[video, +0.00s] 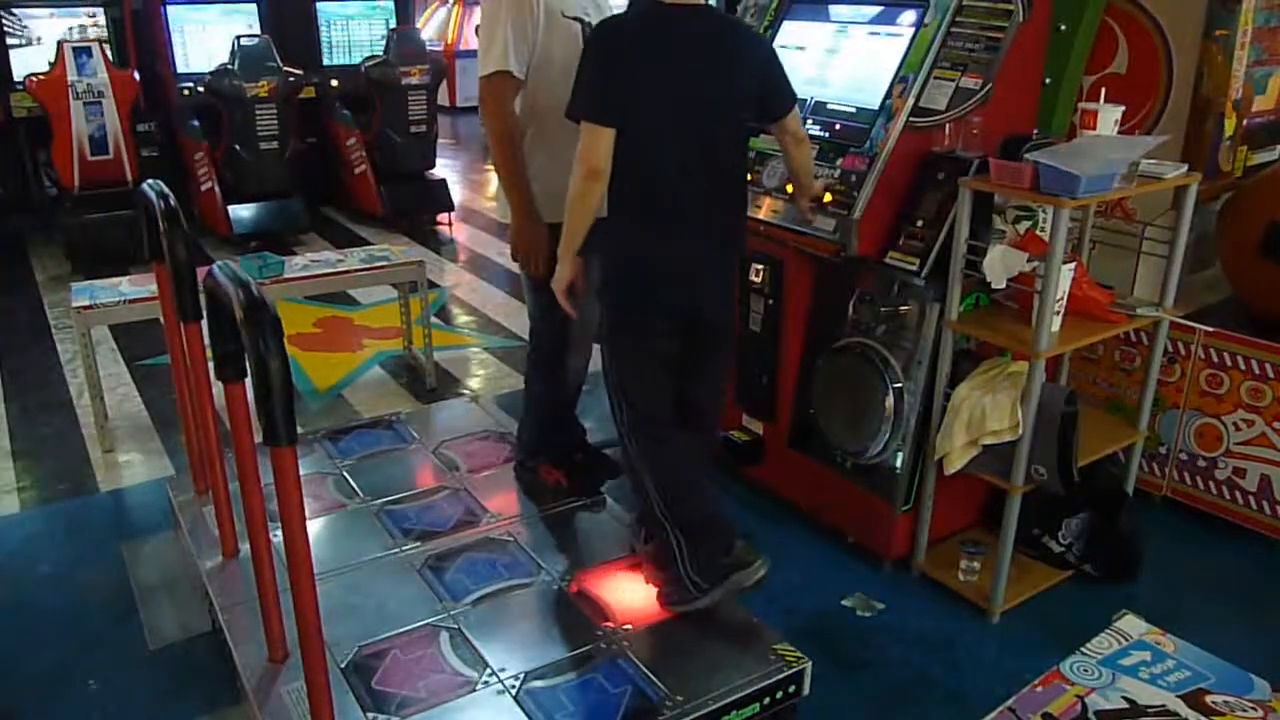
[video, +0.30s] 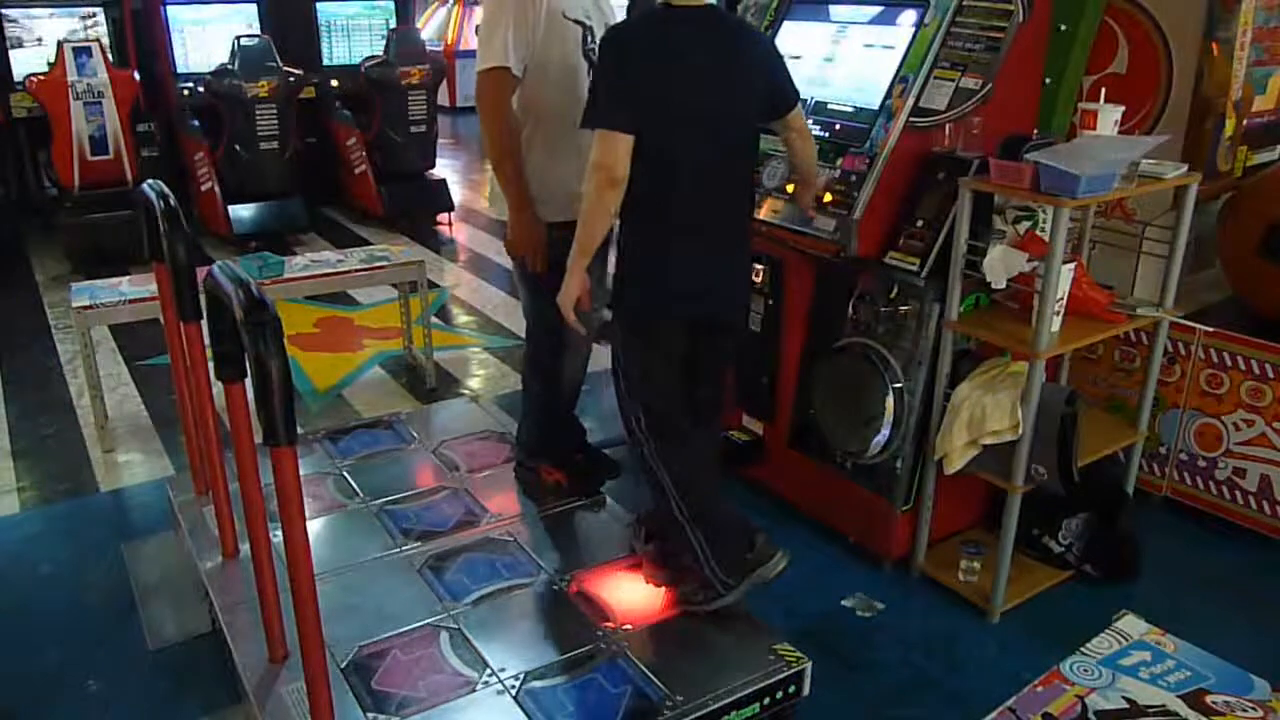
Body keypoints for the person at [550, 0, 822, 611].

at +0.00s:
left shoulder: (616, 37)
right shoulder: (747, 42)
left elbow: (593, 166)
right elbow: (795, 143)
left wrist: (569, 252)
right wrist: (807, 187)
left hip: (634, 255)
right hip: (713, 259)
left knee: (644, 411)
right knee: (696, 404)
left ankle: (718, 554)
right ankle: (660, 532)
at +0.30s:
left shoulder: (627, 41)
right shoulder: (752, 42)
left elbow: (609, 173)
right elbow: (802, 150)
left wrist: (578, 266)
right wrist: (808, 189)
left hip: (653, 267)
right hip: (725, 266)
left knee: (654, 421)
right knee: (701, 410)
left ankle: (734, 556)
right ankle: (666, 535)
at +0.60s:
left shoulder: (651, 38)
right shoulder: (762, 38)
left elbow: (637, 171)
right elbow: (805, 140)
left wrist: (604, 273)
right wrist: (811, 185)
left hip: (670, 270)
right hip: (738, 268)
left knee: (684, 425)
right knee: (697, 415)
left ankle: (745, 565)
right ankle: (665, 533)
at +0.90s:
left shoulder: (667, 47)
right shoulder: (774, 42)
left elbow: (663, 182)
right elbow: (812, 149)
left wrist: (626, 285)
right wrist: (812, 187)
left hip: (696, 266)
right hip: (758, 262)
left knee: (712, 419)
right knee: (701, 408)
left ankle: (753, 570)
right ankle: (664, 537)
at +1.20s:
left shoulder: (688, 50)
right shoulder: (784, 44)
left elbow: (683, 189)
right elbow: (816, 169)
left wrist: (646, 296)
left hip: (712, 277)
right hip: (772, 274)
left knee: (731, 433)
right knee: (708, 421)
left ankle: (758, 575)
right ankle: (664, 536)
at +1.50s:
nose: (659, 5)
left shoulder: (707, 57)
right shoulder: (767, 46)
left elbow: (703, 197)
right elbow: (808, 164)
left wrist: (651, 296)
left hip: (721, 289)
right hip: (761, 282)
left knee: (733, 437)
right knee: (699, 423)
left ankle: (757, 581)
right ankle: (667, 538)